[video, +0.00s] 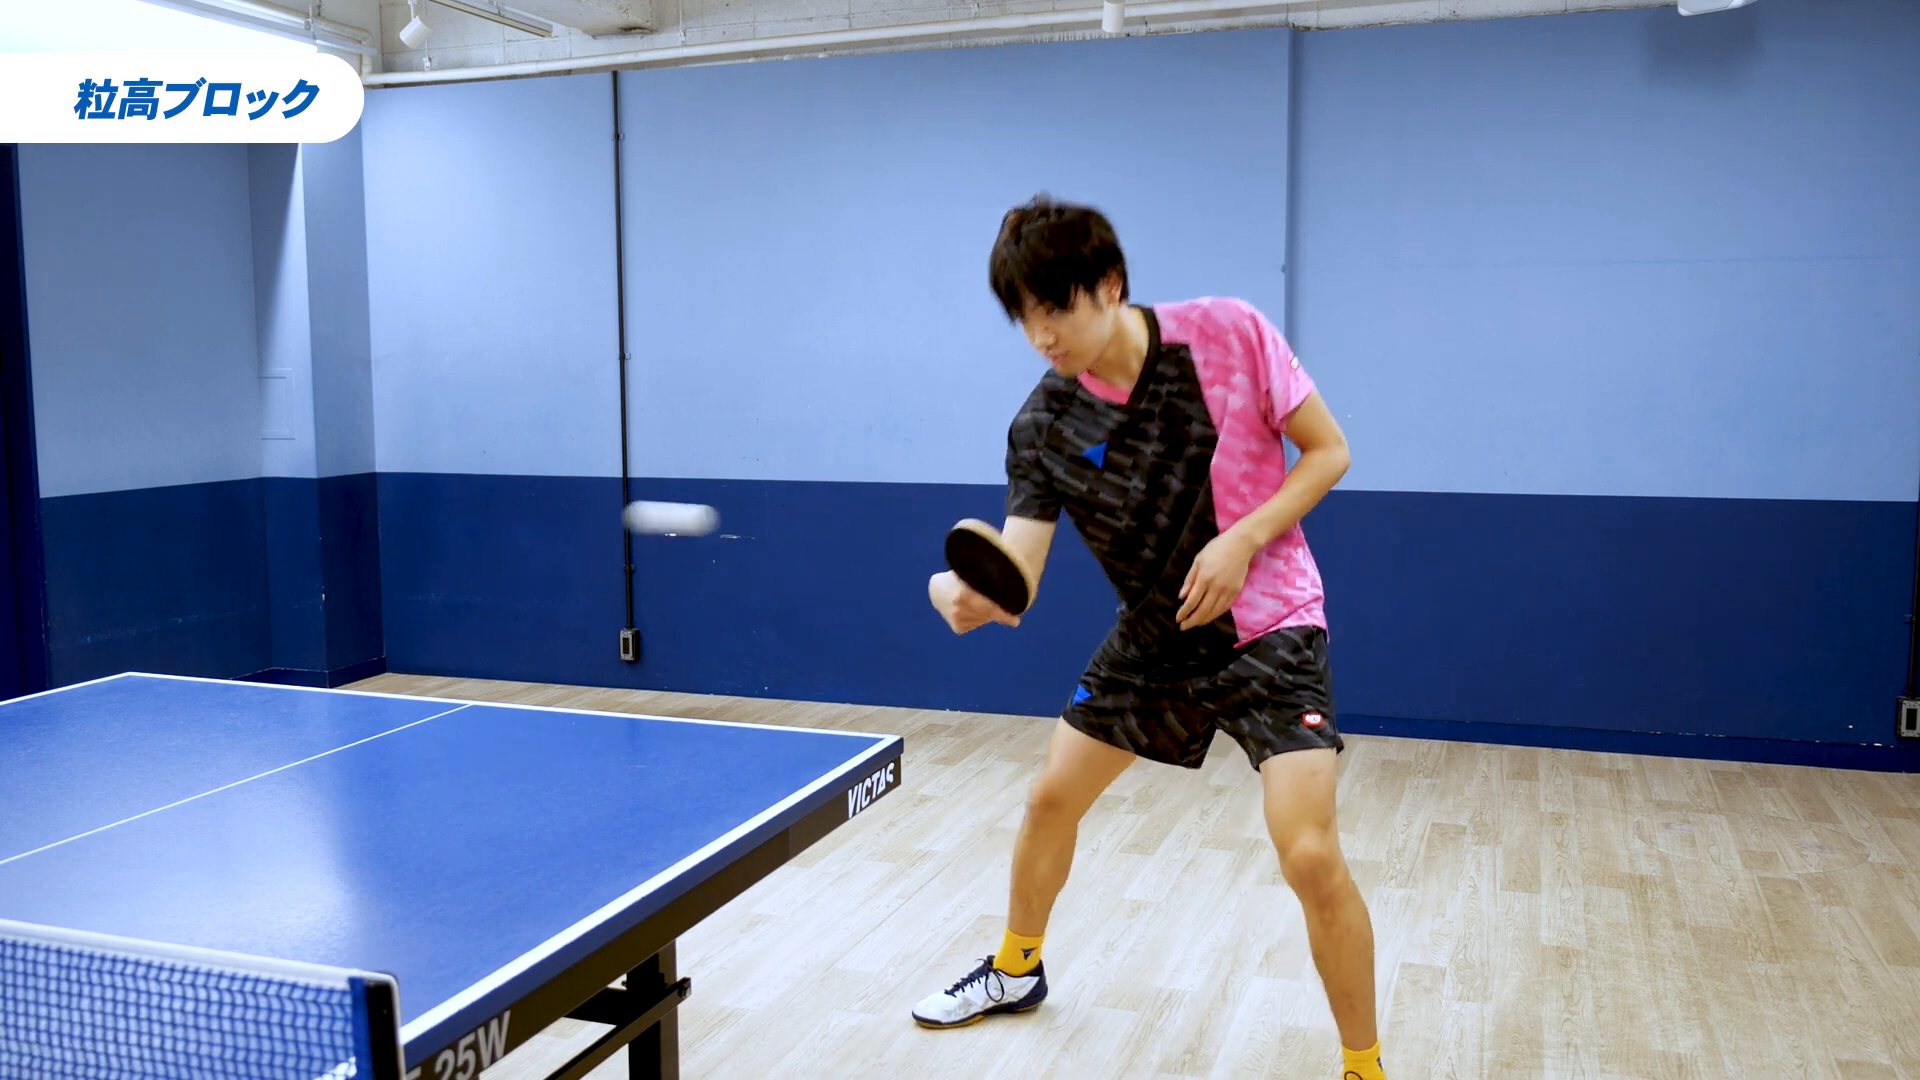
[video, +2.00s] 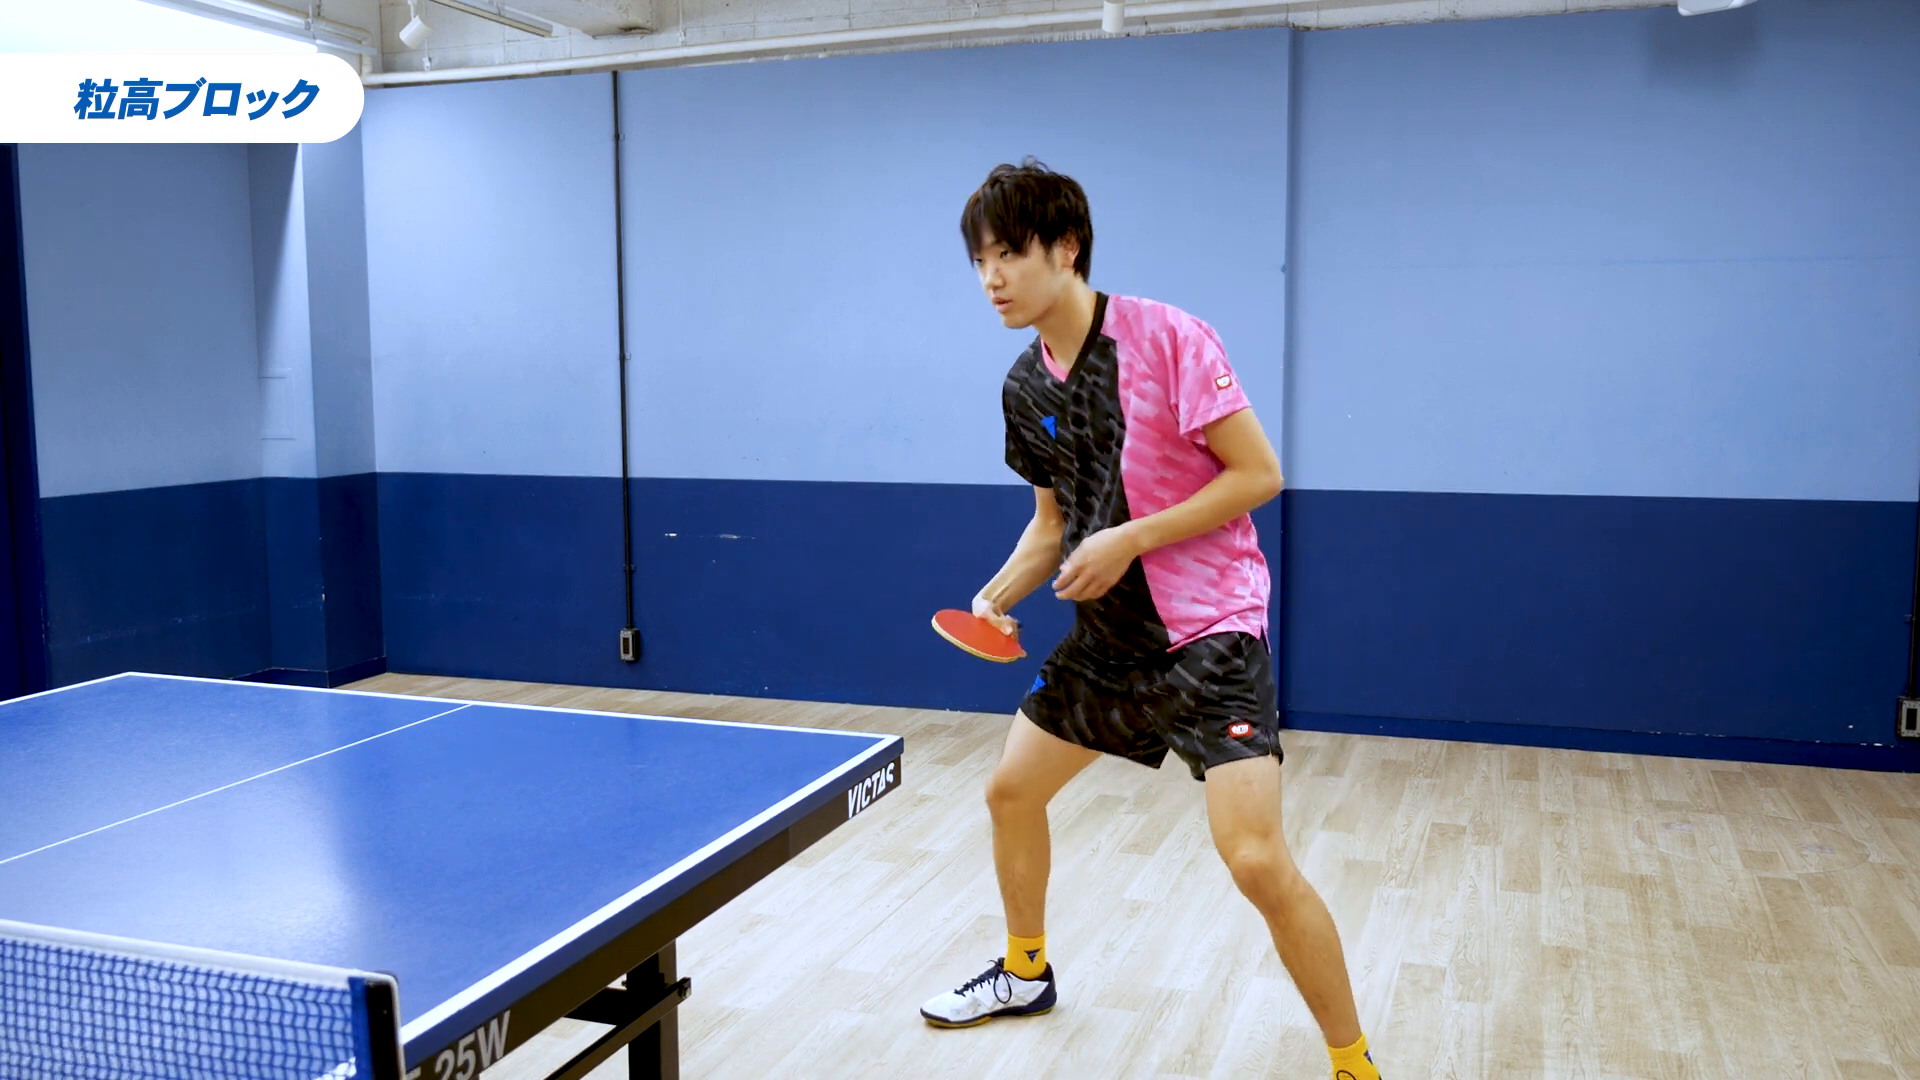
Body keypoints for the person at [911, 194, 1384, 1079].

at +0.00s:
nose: (1039, 334)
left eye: (1053, 306)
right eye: (1024, 317)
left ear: (1109, 285)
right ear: (1015, 319)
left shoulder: (1229, 333)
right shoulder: (1045, 422)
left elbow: (1329, 452)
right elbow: (1016, 580)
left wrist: (1241, 542)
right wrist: (965, 596)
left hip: (1271, 624)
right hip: (1153, 630)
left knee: (1309, 855)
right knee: (1051, 798)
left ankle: (1363, 1065)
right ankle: (1016, 967)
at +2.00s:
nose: (992, 278)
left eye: (1009, 255)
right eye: (981, 261)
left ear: (1067, 249)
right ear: (981, 268)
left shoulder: (1168, 339)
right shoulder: (1026, 385)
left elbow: (1260, 475)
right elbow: (1054, 521)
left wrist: (1130, 539)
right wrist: (995, 599)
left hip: (1213, 634)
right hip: (1110, 635)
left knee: (1255, 859)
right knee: (1013, 793)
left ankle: (1354, 1064)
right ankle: (1024, 971)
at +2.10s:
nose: (980, 291)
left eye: (995, 267)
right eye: (969, 273)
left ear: (1054, 261)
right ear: (966, 279)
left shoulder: (1157, 345)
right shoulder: (1022, 393)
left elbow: (1253, 480)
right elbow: (1052, 521)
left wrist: (1120, 543)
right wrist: (994, 602)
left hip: (1213, 628)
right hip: (1112, 632)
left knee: (1253, 863)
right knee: (1010, 793)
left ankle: (1355, 1065)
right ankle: (1023, 971)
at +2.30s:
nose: (985, 363)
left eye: (996, 338)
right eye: (972, 347)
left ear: (1055, 318)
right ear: (969, 352)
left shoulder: (1168, 384)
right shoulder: (1027, 439)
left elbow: (1275, 515)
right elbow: (1036, 561)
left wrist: (1156, 590)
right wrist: (987, 606)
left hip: (1233, 653)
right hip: (1126, 653)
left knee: (1255, 884)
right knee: (998, 807)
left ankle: (1354, 1068)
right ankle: (1023, 974)